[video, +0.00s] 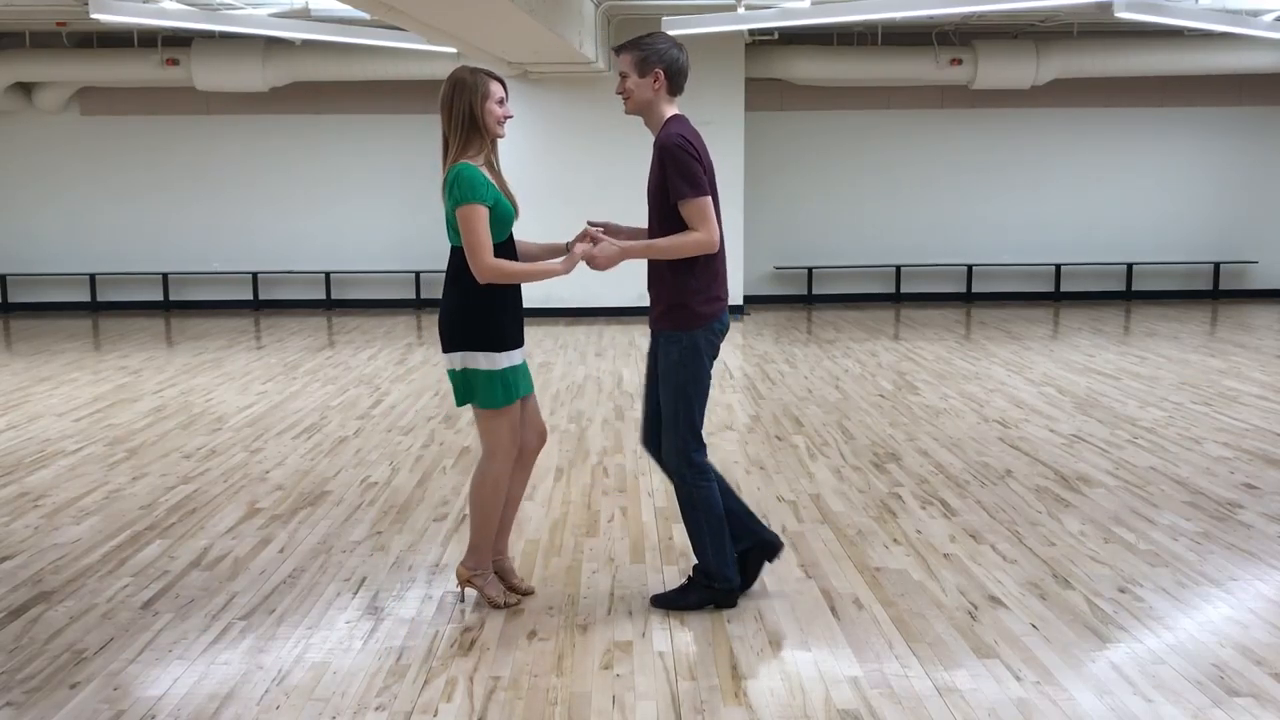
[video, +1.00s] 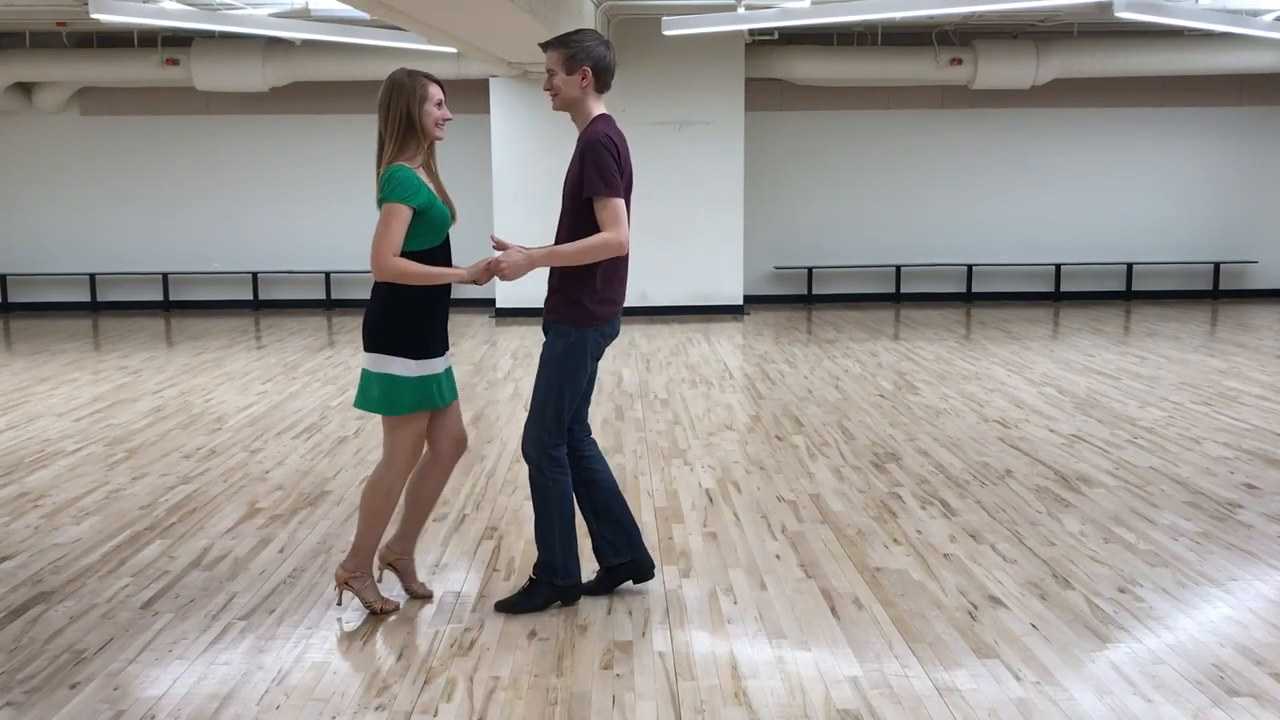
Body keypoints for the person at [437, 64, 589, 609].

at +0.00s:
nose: (507, 111)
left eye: (505, 102)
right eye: (497, 102)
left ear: (489, 109)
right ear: (471, 109)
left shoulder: (484, 172)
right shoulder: (467, 175)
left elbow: (510, 249)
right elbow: (482, 268)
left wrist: (567, 248)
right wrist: (559, 268)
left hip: (499, 327)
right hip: (476, 330)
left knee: (531, 437)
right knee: (500, 447)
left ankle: (497, 553)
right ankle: (475, 563)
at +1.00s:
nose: (445, 112)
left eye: (444, 104)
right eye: (436, 105)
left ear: (424, 113)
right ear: (410, 113)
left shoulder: (422, 174)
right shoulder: (404, 179)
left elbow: (411, 261)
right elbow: (383, 264)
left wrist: (466, 271)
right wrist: (460, 275)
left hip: (426, 336)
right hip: (400, 339)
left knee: (449, 444)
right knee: (401, 456)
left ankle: (401, 549)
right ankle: (355, 566)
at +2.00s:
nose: (491, 113)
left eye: (489, 104)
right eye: (482, 104)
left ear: (470, 112)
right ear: (456, 112)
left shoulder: (468, 175)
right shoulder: (452, 180)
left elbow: (501, 253)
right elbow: (472, 271)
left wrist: (560, 258)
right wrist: (547, 274)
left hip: (479, 326)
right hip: (468, 331)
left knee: (503, 443)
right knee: (515, 444)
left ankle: (484, 552)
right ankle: (468, 554)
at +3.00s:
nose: (442, 112)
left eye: (440, 103)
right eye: (432, 103)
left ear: (423, 114)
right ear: (406, 112)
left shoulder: (419, 175)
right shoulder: (397, 180)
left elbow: (424, 259)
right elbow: (385, 267)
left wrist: (473, 273)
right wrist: (460, 282)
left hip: (431, 327)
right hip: (410, 334)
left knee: (448, 443)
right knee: (432, 451)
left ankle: (409, 553)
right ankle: (363, 557)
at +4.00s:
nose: (473, 111)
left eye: (471, 102)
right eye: (464, 103)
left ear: (441, 113)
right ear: (440, 111)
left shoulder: (445, 173)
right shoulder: (439, 176)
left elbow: (498, 233)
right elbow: (504, 238)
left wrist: (537, 197)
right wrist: (574, 206)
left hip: (450, 329)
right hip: (461, 333)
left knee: (454, 444)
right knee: (493, 440)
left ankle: (394, 546)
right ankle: (468, 560)